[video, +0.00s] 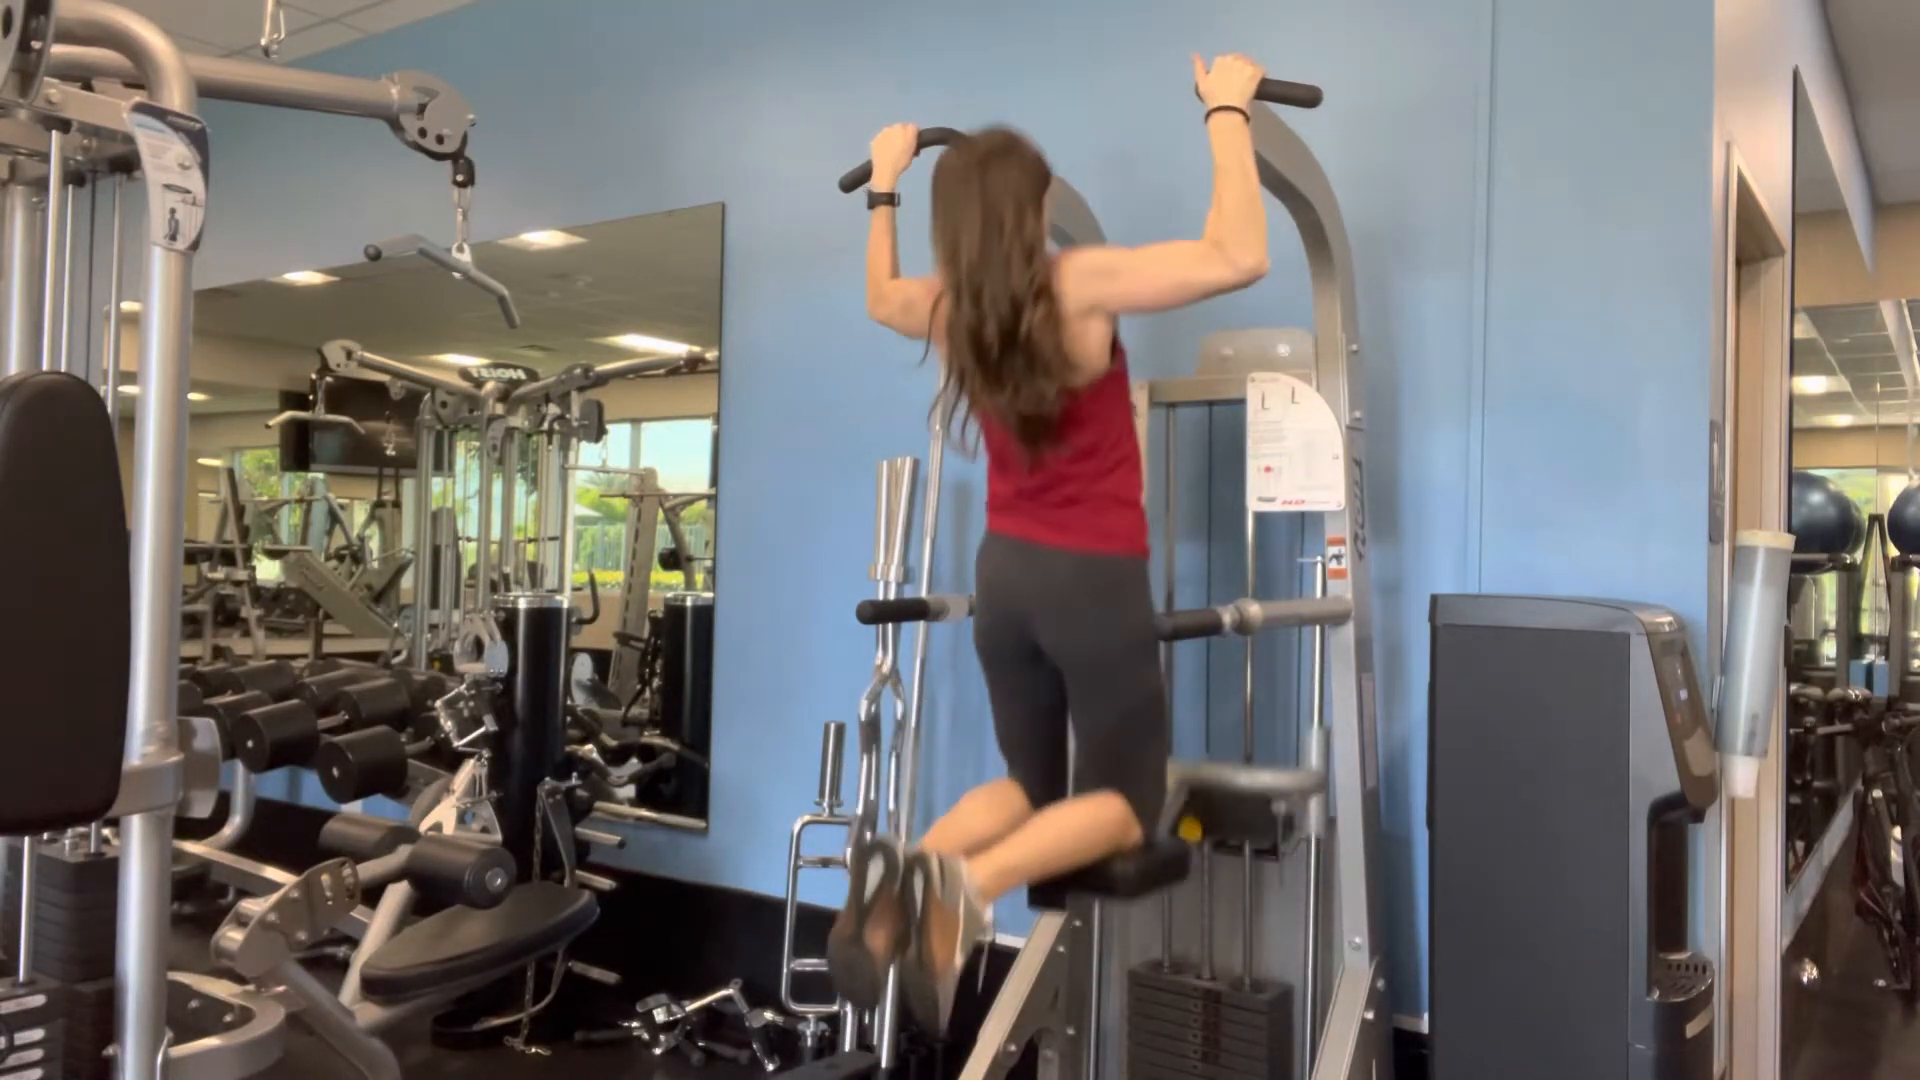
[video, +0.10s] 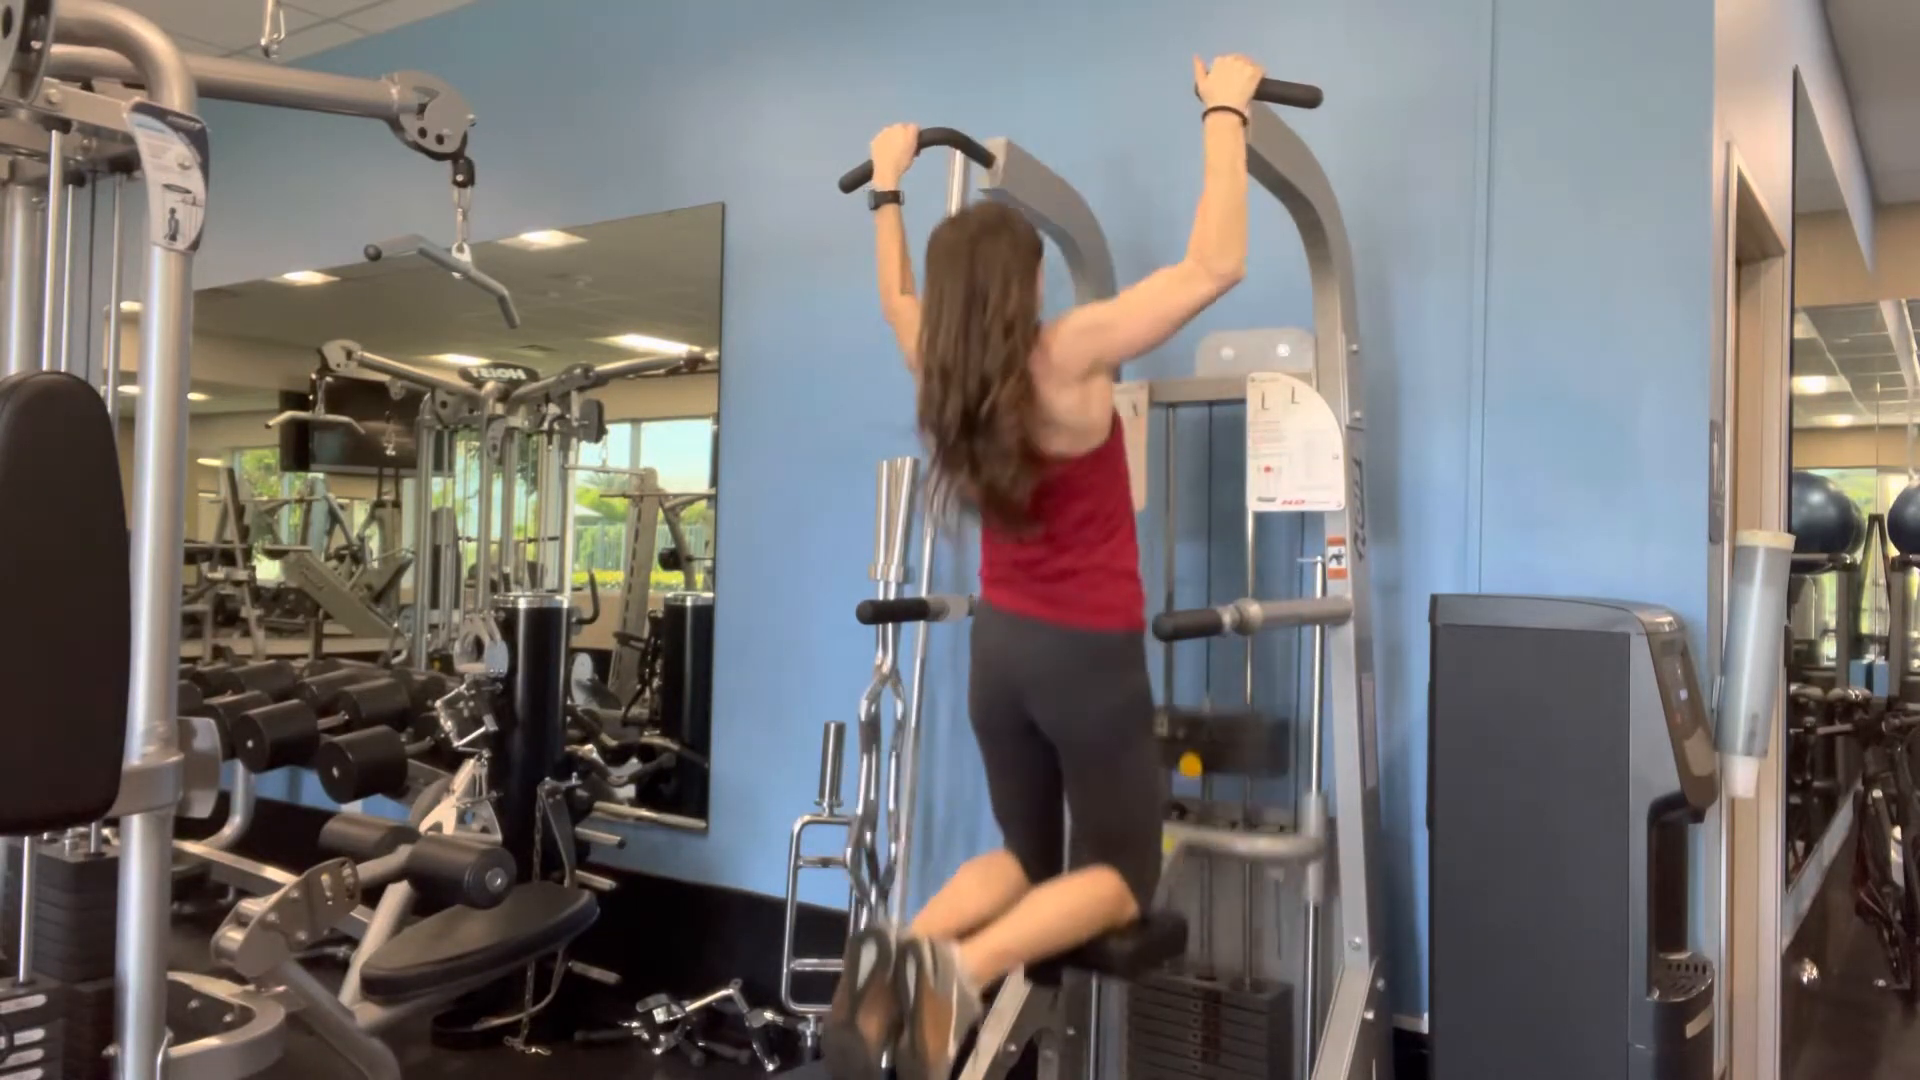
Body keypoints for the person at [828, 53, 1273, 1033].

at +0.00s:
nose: (1054, 199)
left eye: (1040, 185)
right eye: (1046, 187)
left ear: (953, 216)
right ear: (1036, 204)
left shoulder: (952, 304)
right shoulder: (1077, 278)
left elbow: (880, 295)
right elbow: (1237, 256)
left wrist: (882, 187)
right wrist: (1228, 113)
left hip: (1004, 577)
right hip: (1093, 580)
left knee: (1031, 784)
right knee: (1127, 804)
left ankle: (913, 866)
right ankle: (970, 887)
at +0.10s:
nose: (1037, 264)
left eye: (991, 254)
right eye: (1030, 255)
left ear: (955, 280)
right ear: (1028, 275)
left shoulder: (948, 363)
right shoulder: (1072, 347)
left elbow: (895, 292)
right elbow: (1214, 266)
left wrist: (885, 184)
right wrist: (1226, 113)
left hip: (998, 645)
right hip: (1088, 653)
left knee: (1025, 854)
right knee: (1118, 879)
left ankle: (897, 958)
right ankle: (963, 968)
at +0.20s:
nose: (1048, 307)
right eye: (1037, 295)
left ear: (956, 322)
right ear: (1034, 312)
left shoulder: (955, 395)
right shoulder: (1076, 382)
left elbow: (905, 293)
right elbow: (1200, 270)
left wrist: (885, 185)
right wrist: (1225, 114)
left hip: (997, 685)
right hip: (1087, 693)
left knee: (1023, 894)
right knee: (1119, 916)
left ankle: (900, 1002)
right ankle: (965, 1028)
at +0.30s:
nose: (1056, 338)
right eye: (1047, 330)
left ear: (968, 360)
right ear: (1044, 351)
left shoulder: (969, 428)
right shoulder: (1086, 418)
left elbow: (922, 302)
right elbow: (1184, 273)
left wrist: (889, 188)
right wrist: (1223, 116)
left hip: (999, 724)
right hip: (1090, 738)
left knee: (1019, 940)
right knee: (1115, 963)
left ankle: (899, 1050)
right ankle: (965, 1069)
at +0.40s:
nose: (1065, 350)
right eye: (1058, 344)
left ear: (979, 380)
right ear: (1055, 370)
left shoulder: (980, 444)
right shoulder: (1099, 431)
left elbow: (931, 305)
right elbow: (1183, 276)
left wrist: (891, 188)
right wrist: (1222, 118)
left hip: (1001, 742)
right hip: (1090, 755)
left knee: (1025, 963)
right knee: (1117, 982)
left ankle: (901, 1068)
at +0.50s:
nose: (1075, 355)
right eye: (1067, 349)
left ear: (984, 391)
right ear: (1061, 376)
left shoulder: (986, 449)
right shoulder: (1105, 436)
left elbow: (934, 304)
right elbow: (1184, 279)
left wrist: (892, 187)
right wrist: (1223, 120)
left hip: (1001, 750)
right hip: (1090, 762)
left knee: (1025, 970)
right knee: (1114, 989)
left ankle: (904, 1075)